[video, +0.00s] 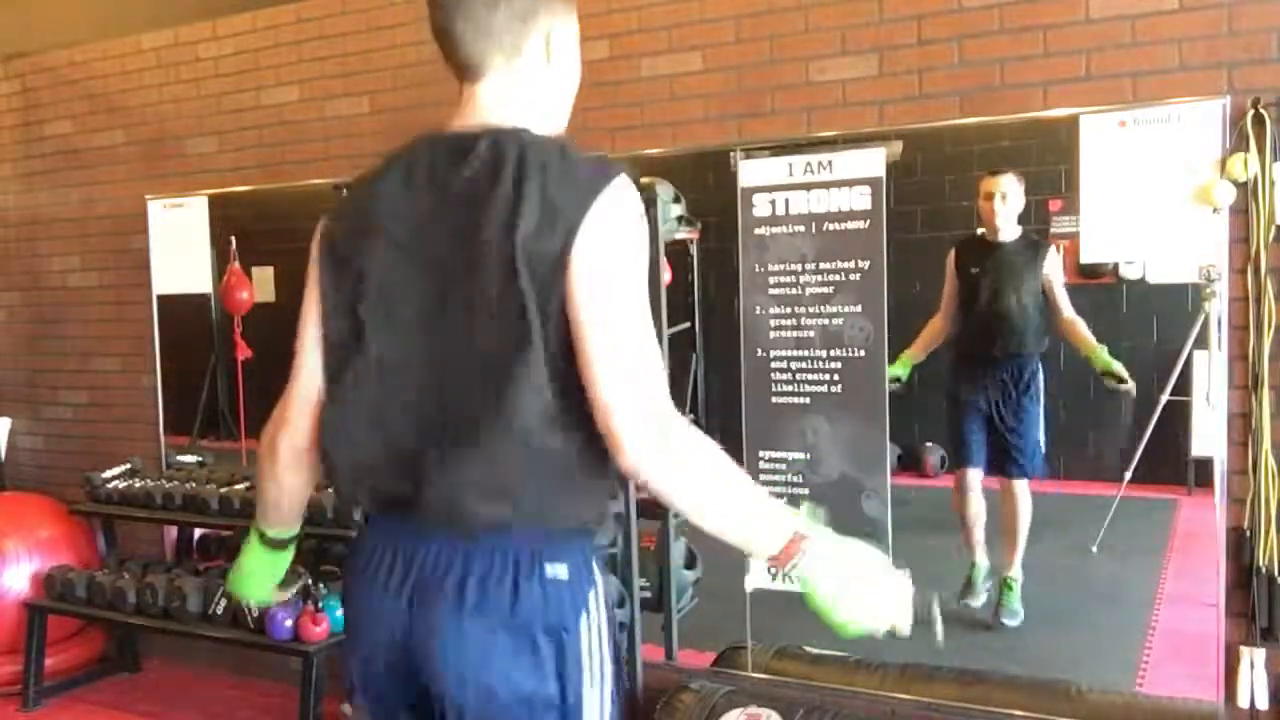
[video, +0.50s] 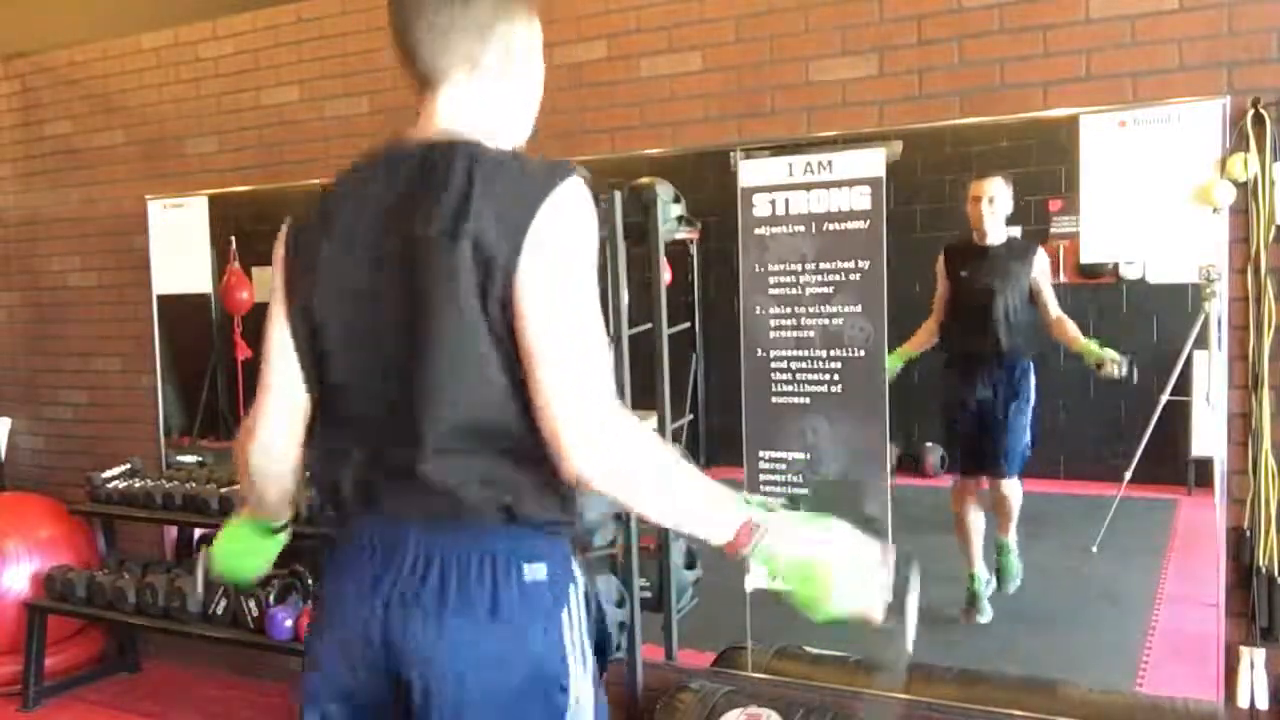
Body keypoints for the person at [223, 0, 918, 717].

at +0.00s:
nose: (581, 61)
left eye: (577, 41)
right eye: (577, 39)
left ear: (454, 52)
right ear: (555, 41)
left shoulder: (354, 212)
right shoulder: (588, 194)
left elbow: (296, 427)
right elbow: (644, 436)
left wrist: (270, 541)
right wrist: (809, 552)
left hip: (381, 578)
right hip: (530, 595)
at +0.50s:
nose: (540, 80)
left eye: (538, 57)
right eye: (537, 56)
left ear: (416, 62)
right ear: (517, 57)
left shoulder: (311, 229)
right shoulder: (540, 198)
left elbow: (268, 454)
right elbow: (589, 441)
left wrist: (267, 512)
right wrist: (760, 533)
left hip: (356, 573)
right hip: (504, 582)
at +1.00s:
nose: (513, 145)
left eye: (506, 121)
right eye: (508, 121)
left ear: (384, 134)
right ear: (487, 122)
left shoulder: (299, 292)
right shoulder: (516, 267)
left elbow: (242, 511)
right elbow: (597, 502)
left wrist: (346, 421)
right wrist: (791, 491)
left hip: (371, 640)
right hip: (518, 642)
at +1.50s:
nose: (562, 156)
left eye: (557, 130)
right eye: (557, 130)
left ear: (436, 136)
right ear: (530, 129)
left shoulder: (326, 302)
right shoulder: (563, 292)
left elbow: (265, 508)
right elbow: (638, 524)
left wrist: (373, 440)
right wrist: (812, 522)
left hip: (373, 665)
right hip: (520, 667)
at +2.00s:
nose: (545, 83)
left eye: (542, 56)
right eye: (541, 56)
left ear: (412, 62)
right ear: (513, 61)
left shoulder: (312, 223)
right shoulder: (543, 201)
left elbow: (241, 438)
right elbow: (601, 444)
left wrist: (219, 531)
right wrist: (775, 540)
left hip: (339, 595)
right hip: (488, 607)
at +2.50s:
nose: (511, 69)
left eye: (504, 45)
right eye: (503, 45)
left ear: (383, 58)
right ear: (479, 44)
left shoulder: (280, 223)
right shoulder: (508, 184)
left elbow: (236, 433)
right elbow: (574, 430)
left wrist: (212, 550)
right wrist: (755, 541)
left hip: (340, 583)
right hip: (492, 585)